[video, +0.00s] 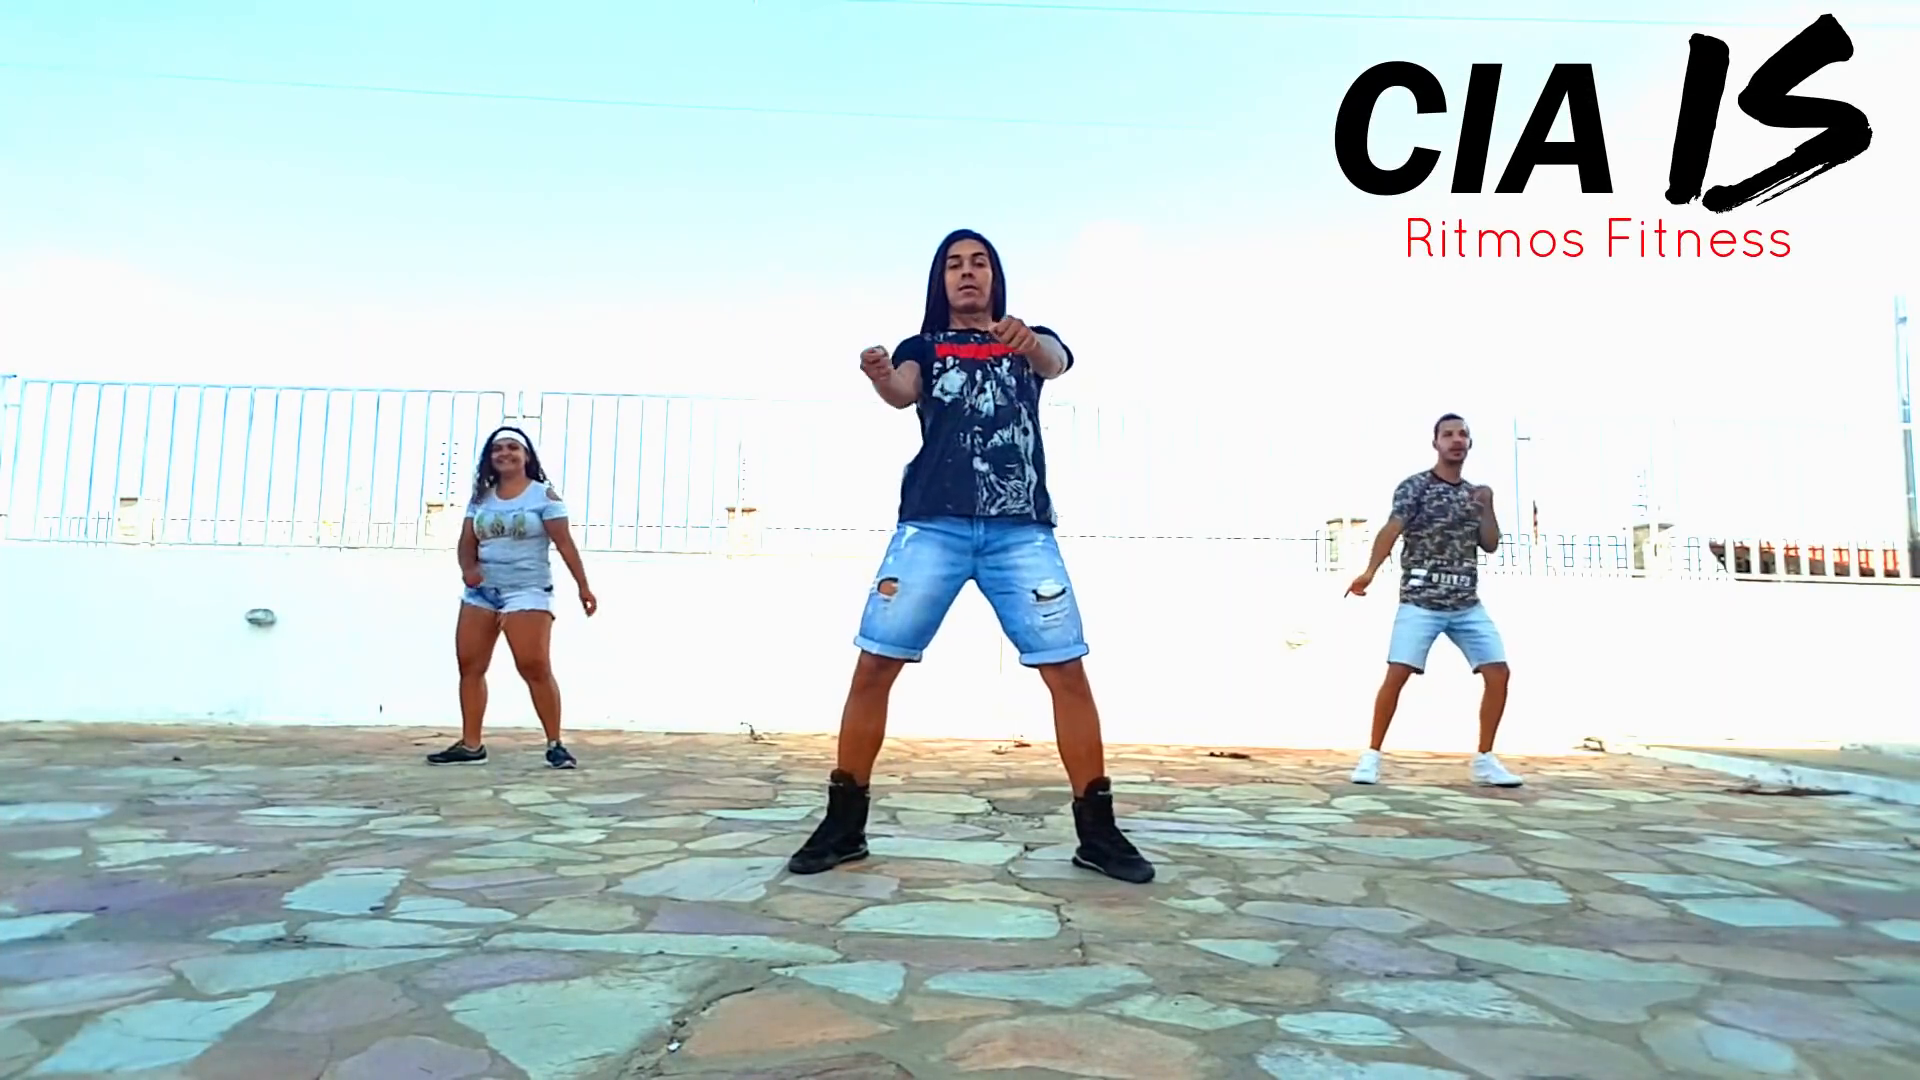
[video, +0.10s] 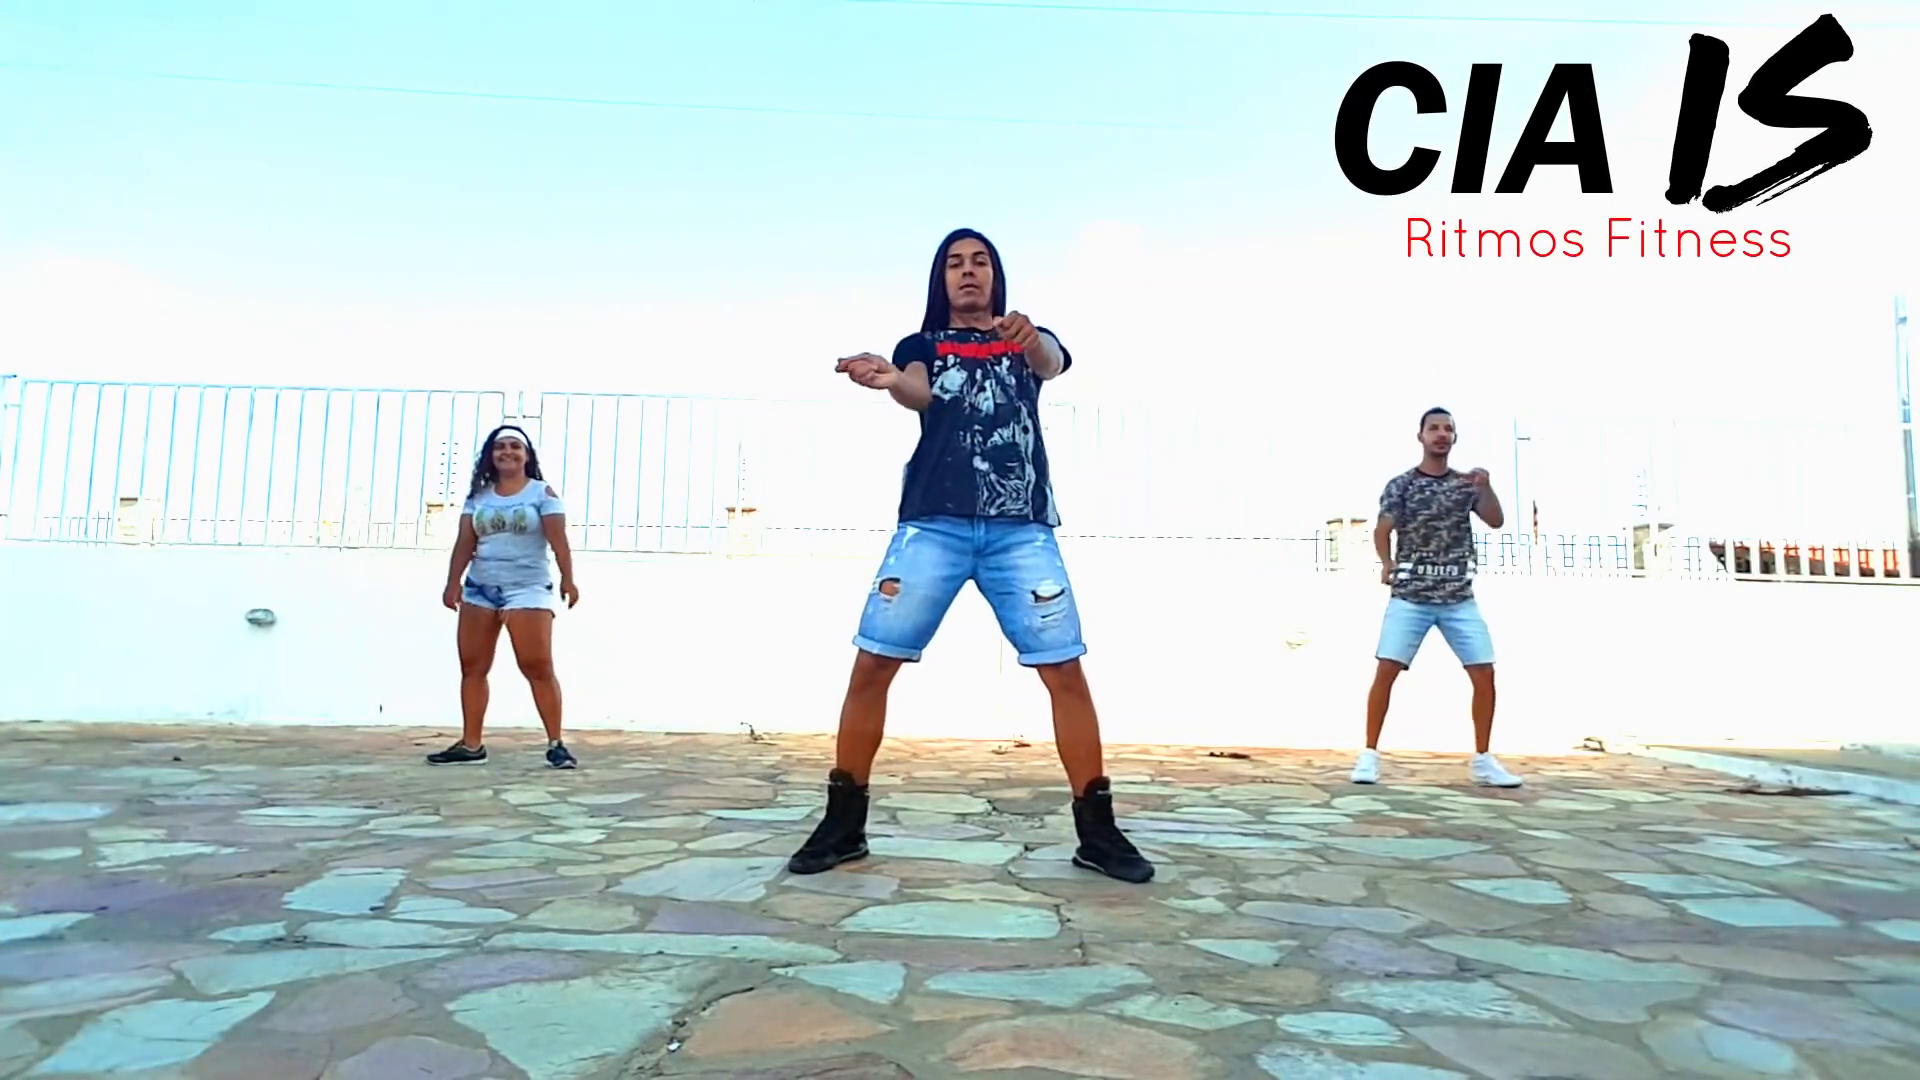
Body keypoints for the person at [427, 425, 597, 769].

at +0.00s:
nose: (505, 452)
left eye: (513, 447)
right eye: (498, 448)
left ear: (526, 456)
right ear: (490, 459)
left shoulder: (543, 494)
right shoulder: (481, 497)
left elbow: (564, 543)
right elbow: (467, 541)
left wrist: (583, 585)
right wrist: (468, 567)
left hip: (528, 590)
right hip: (481, 589)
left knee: (534, 668)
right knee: (470, 664)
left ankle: (555, 744)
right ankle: (471, 744)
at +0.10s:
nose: (508, 451)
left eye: (515, 446)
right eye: (501, 446)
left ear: (527, 456)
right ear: (490, 456)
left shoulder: (541, 492)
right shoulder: (477, 497)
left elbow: (558, 539)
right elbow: (465, 542)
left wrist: (567, 578)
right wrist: (453, 580)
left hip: (528, 587)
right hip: (480, 587)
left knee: (537, 667)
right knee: (472, 667)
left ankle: (555, 743)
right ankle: (471, 743)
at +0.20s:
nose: (510, 451)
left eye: (517, 446)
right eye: (503, 446)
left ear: (529, 455)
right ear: (492, 455)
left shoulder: (542, 493)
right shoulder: (477, 494)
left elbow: (555, 537)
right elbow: (460, 540)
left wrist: (547, 566)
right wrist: (440, 583)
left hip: (530, 590)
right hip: (480, 589)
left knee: (542, 668)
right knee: (474, 667)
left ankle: (558, 743)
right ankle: (471, 744)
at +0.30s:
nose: (512, 451)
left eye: (519, 446)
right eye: (505, 446)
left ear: (531, 455)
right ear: (494, 455)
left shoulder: (545, 493)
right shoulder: (479, 494)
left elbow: (553, 538)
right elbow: (462, 541)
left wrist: (535, 557)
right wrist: (436, 586)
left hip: (532, 590)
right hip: (481, 589)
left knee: (545, 668)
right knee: (472, 667)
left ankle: (558, 743)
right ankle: (471, 744)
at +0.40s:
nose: (514, 455)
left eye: (521, 449)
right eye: (507, 450)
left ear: (533, 458)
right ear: (497, 459)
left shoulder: (548, 496)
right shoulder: (483, 499)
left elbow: (556, 538)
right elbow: (466, 545)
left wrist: (535, 552)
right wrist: (435, 585)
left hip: (533, 590)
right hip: (482, 588)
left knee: (549, 666)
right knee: (472, 667)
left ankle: (558, 744)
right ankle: (471, 744)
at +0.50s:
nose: (519, 454)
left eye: (525, 449)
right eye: (512, 450)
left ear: (538, 458)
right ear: (501, 458)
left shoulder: (550, 494)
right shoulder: (488, 499)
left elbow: (556, 528)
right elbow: (472, 539)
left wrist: (547, 540)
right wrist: (450, 569)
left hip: (535, 586)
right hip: (486, 586)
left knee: (546, 667)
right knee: (473, 667)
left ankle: (558, 744)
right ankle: (471, 744)